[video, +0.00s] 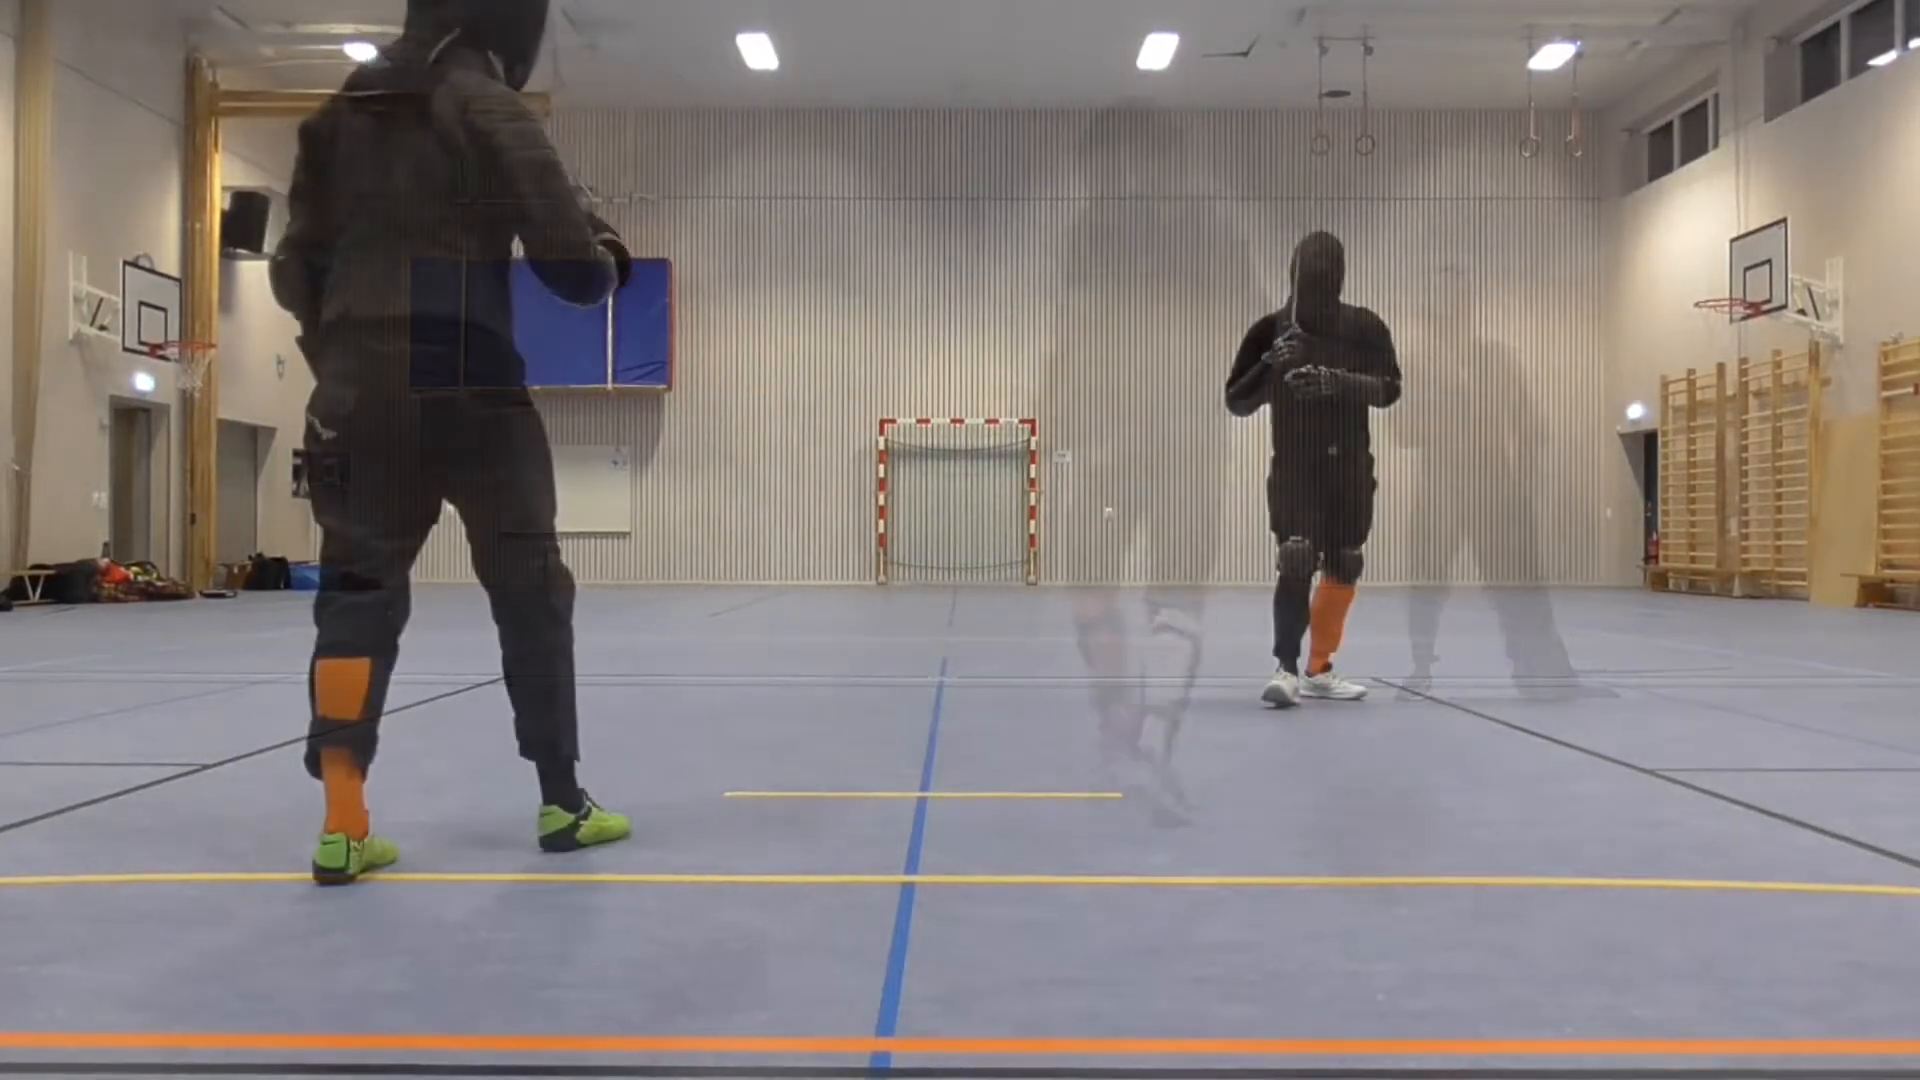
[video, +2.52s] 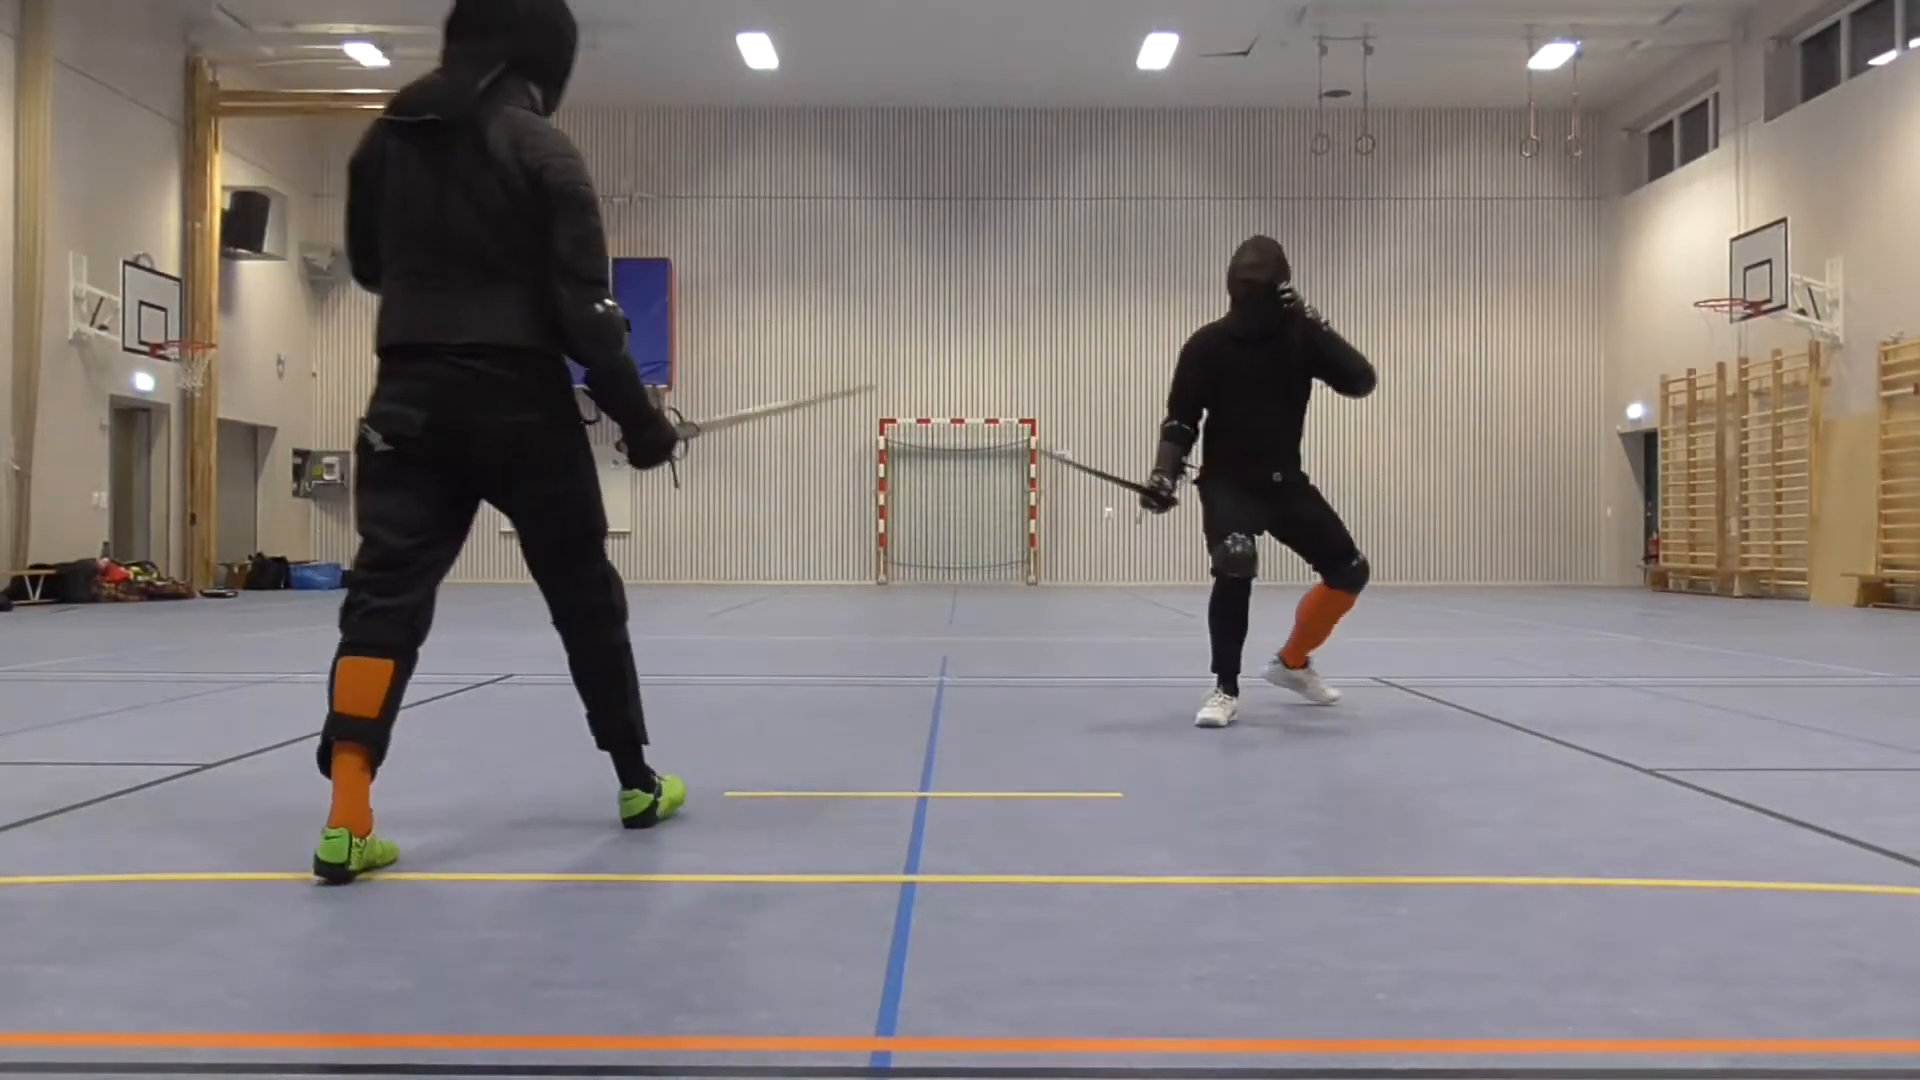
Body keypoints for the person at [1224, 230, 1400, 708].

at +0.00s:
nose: (1318, 282)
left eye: (1327, 272)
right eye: (1310, 272)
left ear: (1340, 274)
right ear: (1297, 272)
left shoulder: (1365, 328)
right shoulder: (1270, 331)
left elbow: (1390, 390)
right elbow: (1237, 401)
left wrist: (1339, 382)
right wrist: (1274, 363)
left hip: (1350, 464)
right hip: (1295, 463)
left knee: (1344, 566)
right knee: (1296, 557)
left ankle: (1318, 671)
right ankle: (1285, 670)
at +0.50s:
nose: (1277, 341)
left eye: (1278, 331)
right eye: (1276, 331)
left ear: (1283, 328)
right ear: (1318, 320)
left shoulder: (1357, 358)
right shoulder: (1262, 375)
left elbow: (1414, 413)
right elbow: (1227, 439)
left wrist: (1477, 453)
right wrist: (1188, 488)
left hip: (1358, 483)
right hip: (1300, 486)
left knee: (1366, 572)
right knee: (1299, 569)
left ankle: (1319, 671)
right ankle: (1286, 675)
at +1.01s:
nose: (1267, 379)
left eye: (1273, 368)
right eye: (1261, 370)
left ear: (1298, 355)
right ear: (1256, 366)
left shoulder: (1349, 372)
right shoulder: (1257, 396)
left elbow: (1411, 410)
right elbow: (1243, 451)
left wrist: (1474, 428)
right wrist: (1220, 492)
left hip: (1367, 489)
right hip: (1308, 494)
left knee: (1369, 577)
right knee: (1304, 572)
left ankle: (1320, 670)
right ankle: (1286, 673)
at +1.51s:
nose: (1312, 292)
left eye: (1315, 281)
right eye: (1309, 282)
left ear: (1294, 284)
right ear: (1334, 282)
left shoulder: (1364, 331)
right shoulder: (1275, 341)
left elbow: (1422, 354)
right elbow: (1217, 383)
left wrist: (1451, 349)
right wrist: (1187, 380)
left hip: (1361, 476)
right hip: (1305, 478)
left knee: (1359, 573)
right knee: (1303, 564)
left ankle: (1319, 672)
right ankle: (1286, 674)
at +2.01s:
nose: (1317, 290)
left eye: (1325, 281)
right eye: (1309, 281)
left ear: (1338, 281)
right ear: (1293, 281)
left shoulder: (1358, 330)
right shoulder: (1272, 338)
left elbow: (1421, 350)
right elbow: (1251, 401)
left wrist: (1380, 297)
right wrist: (1237, 432)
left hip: (1347, 467)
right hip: (1292, 467)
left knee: (1360, 572)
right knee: (1290, 548)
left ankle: (1319, 671)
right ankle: (1265, 652)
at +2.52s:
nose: (1251, 293)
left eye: (1262, 283)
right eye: (1243, 283)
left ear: (1282, 285)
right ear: (1230, 286)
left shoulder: (1300, 337)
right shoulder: (1206, 347)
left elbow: (1362, 381)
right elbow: (1181, 420)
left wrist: (1312, 326)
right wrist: (1164, 473)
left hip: (1283, 479)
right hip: (1226, 482)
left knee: (1348, 573)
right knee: (1235, 565)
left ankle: (1292, 662)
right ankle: (1225, 691)